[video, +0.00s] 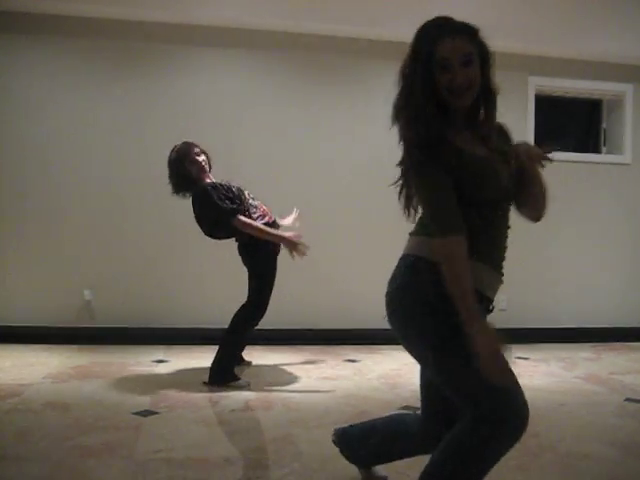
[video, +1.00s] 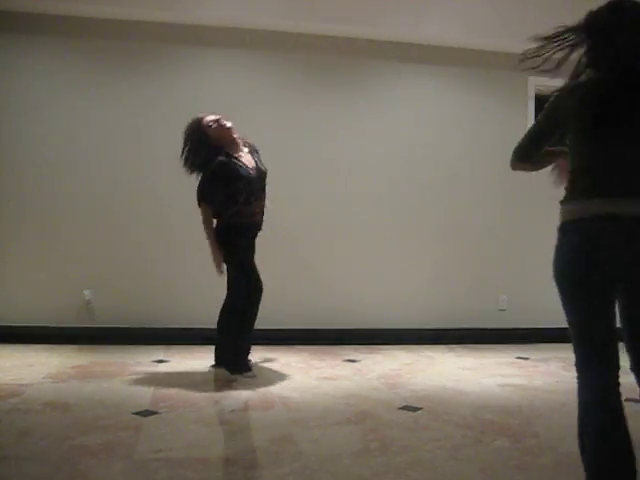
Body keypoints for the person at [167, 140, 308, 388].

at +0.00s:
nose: (200, 158)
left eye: (200, 153)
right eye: (192, 158)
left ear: (207, 157)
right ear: (184, 169)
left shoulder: (213, 189)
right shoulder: (207, 194)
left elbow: (249, 213)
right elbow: (242, 224)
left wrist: (278, 224)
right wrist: (283, 237)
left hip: (258, 243)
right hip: (256, 246)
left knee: (256, 304)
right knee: (255, 307)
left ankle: (231, 353)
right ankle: (220, 372)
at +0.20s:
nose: (188, 165)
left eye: (183, 161)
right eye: (181, 169)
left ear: (192, 162)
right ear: (184, 184)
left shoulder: (215, 189)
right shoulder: (208, 195)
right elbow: (232, 238)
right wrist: (257, 269)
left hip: (269, 238)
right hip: (265, 241)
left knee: (258, 303)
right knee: (257, 306)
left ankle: (232, 353)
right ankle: (221, 371)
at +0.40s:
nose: (182, 176)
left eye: (175, 177)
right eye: (178, 184)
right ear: (185, 196)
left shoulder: (213, 189)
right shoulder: (207, 200)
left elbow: (221, 233)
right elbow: (210, 242)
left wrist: (246, 250)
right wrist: (243, 265)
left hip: (270, 238)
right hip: (266, 241)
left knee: (258, 304)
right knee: (256, 306)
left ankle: (232, 353)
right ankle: (222, 371)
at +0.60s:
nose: (178, 181)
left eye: (173, 183)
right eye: (175, 190)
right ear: (183, 202)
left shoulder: (206, 190)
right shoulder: (204, 204)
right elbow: (209, 242)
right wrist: (244, 246)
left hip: (271, 234)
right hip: (267, 239)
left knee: (254, 304)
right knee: (252, 306)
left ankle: (230, 353)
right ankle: (221, 372)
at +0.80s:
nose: (185, 153)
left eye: (179, 155)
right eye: (182, 161)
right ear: (190, 175)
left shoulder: (216, 172)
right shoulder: (213, 179)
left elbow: (210, 220)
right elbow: (210, 220)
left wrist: (237, 241)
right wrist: (237, 241)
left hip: (260, 233)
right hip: (257, 237)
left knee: (253, 301)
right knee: (253, 303)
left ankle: (230, 354)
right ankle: (223, 369)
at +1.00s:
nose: (221, 120)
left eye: (218, 117)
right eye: (213, 123)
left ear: (228, 124)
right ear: (210, 140)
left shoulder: (249, 150)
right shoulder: (217, 166)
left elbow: (254, 189)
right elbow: (205, 208)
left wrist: (257, 219)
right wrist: (215, 248)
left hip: (248, 232)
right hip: (231, 235)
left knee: (238, 292)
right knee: (252, 289)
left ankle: (227, 355)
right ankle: (234, 357)